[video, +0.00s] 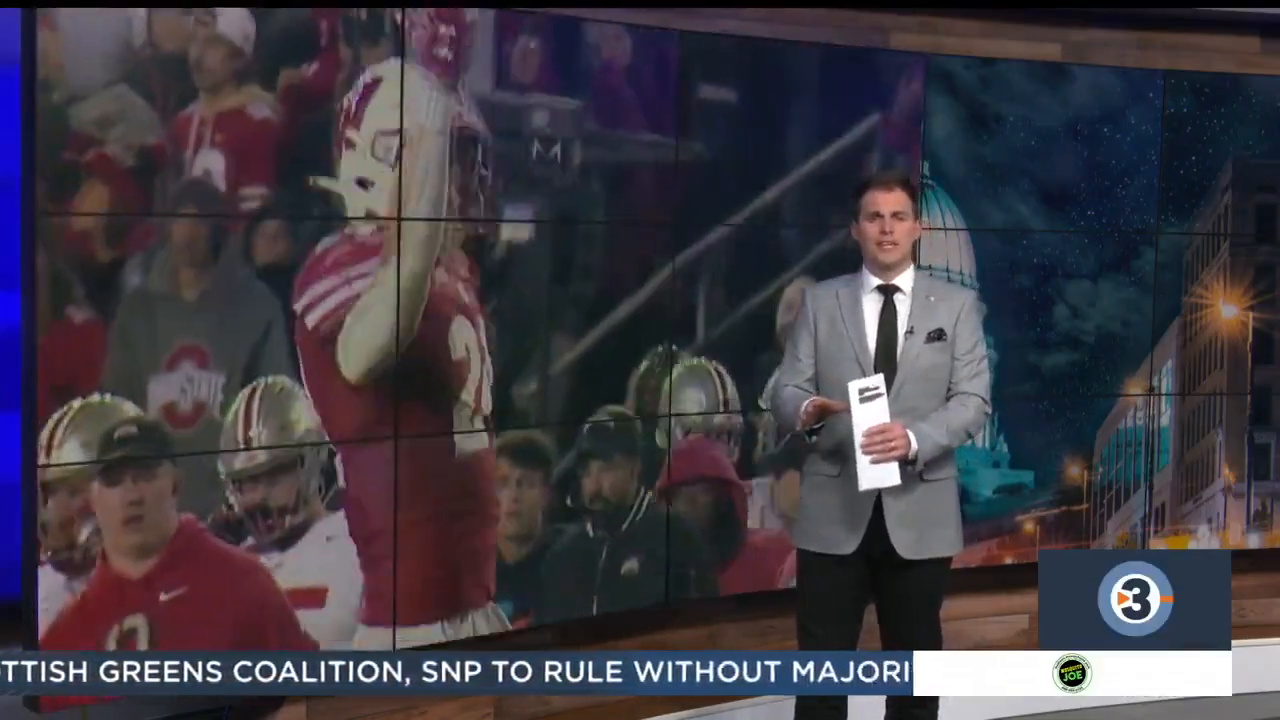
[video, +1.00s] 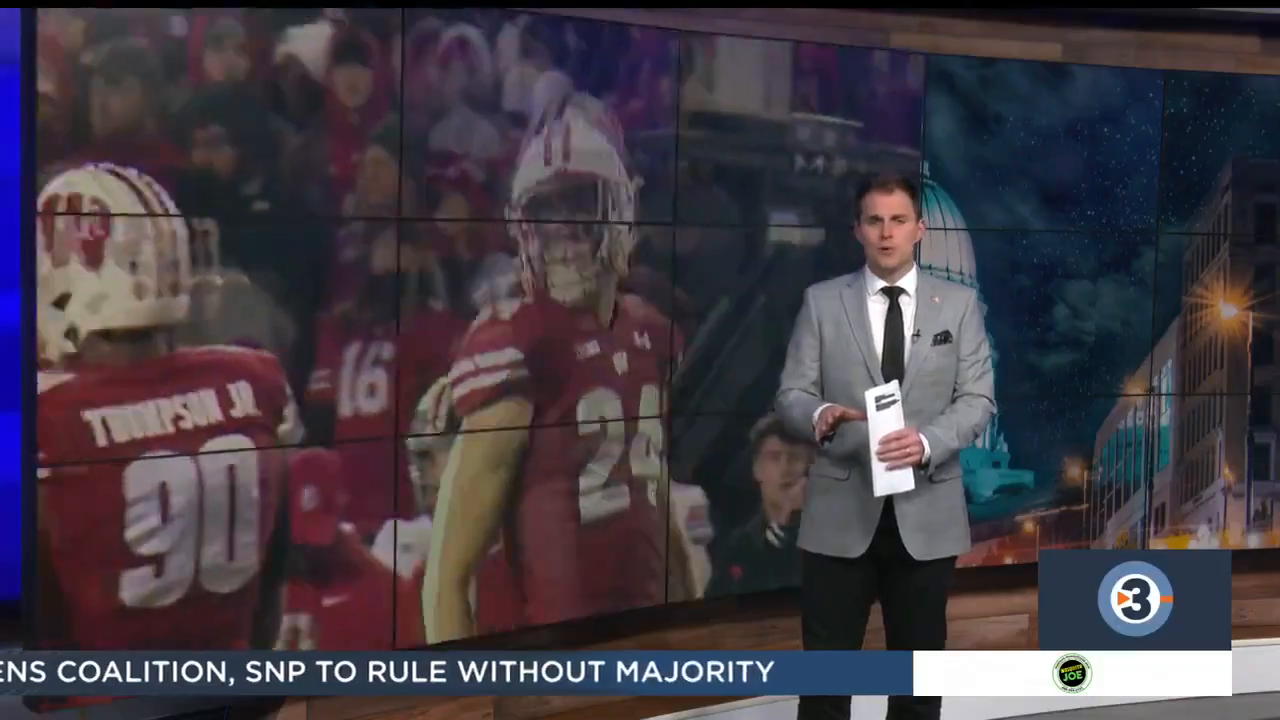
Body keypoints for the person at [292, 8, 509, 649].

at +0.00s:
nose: (462, 177)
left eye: (466, 155)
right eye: (442, 154)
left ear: (473, 160)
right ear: (382, 154)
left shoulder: (449, 265)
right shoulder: (341, 264)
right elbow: (362, 355)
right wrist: (422, 213)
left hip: (474, 606)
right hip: (409, 620)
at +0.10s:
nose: (482, 225)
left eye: (487, 204)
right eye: (464, 206)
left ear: (497, 213)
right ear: (399, 211)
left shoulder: (483, 306)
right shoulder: (365, 312)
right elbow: (390, 397)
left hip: (505, 609)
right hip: (437, 619)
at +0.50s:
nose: (438, 172)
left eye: (448, 151)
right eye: (417, 152)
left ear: (460, 156)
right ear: (351, 155)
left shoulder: (438, 260)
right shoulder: (320, 269)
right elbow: (341, 343)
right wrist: (385, 124)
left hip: (482, 613)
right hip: (412, 632)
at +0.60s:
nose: (474, 134)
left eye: (483, 112)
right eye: (450, 113)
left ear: (498, 117)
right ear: (386, 119)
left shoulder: (479, 224)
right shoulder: (364, 224)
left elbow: (491, 375)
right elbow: (337, 406)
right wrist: (437, 270)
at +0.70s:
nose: (522, 184)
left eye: (528, 159)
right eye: (497, 164)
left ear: (545, 163)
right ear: (444, 169)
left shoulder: (541, 270)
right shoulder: (440, 290)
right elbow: (407, 514)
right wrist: (517, 531)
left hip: (554, 601)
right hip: (482, 615)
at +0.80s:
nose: (587, 249)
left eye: (593, 227)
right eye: (562, 232)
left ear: (608, 233)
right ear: (504, 246)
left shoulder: (601, 344)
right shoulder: (508, 366)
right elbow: (474, 602)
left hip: (605, 618)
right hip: (536, 632)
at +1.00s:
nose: (570, 238)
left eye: (588, 215)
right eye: (550, 219)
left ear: (621, 221)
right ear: (524, 231)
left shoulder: (652, 332)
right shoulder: (510, 344)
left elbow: (656, 505)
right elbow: (447, 575)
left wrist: (691, 618)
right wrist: (458, 704)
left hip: (657, 622)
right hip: (557, 632)